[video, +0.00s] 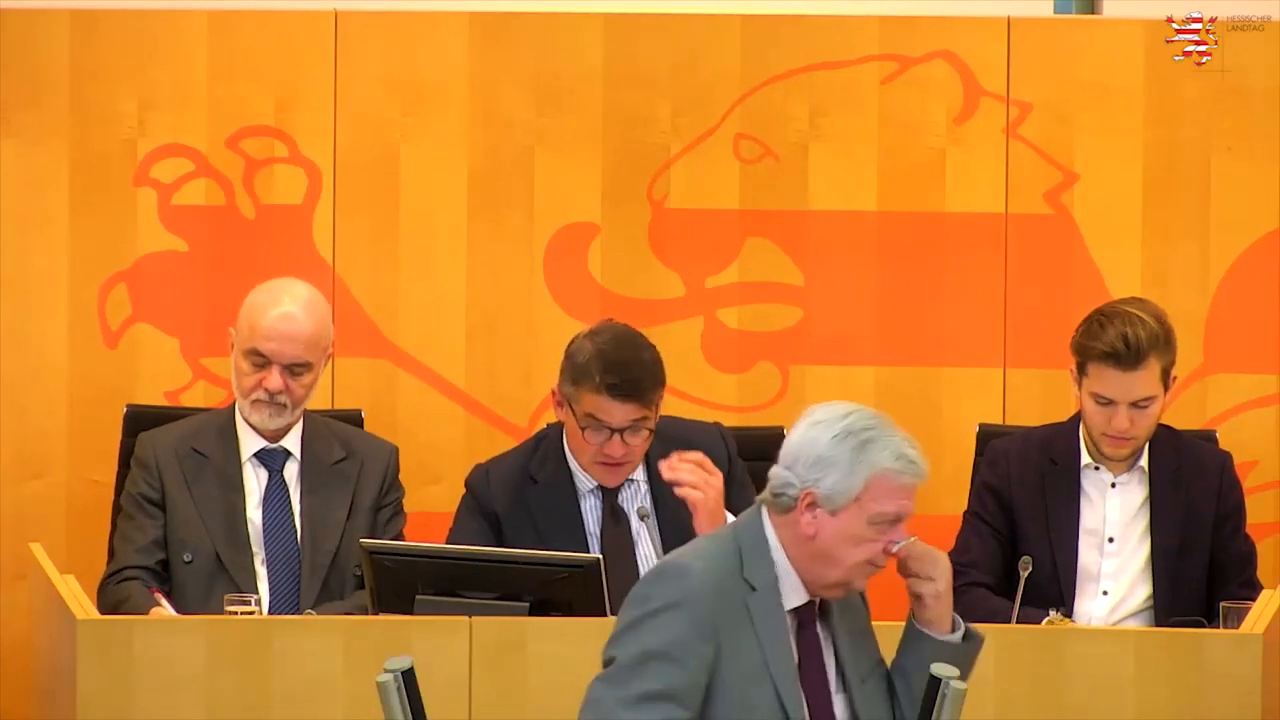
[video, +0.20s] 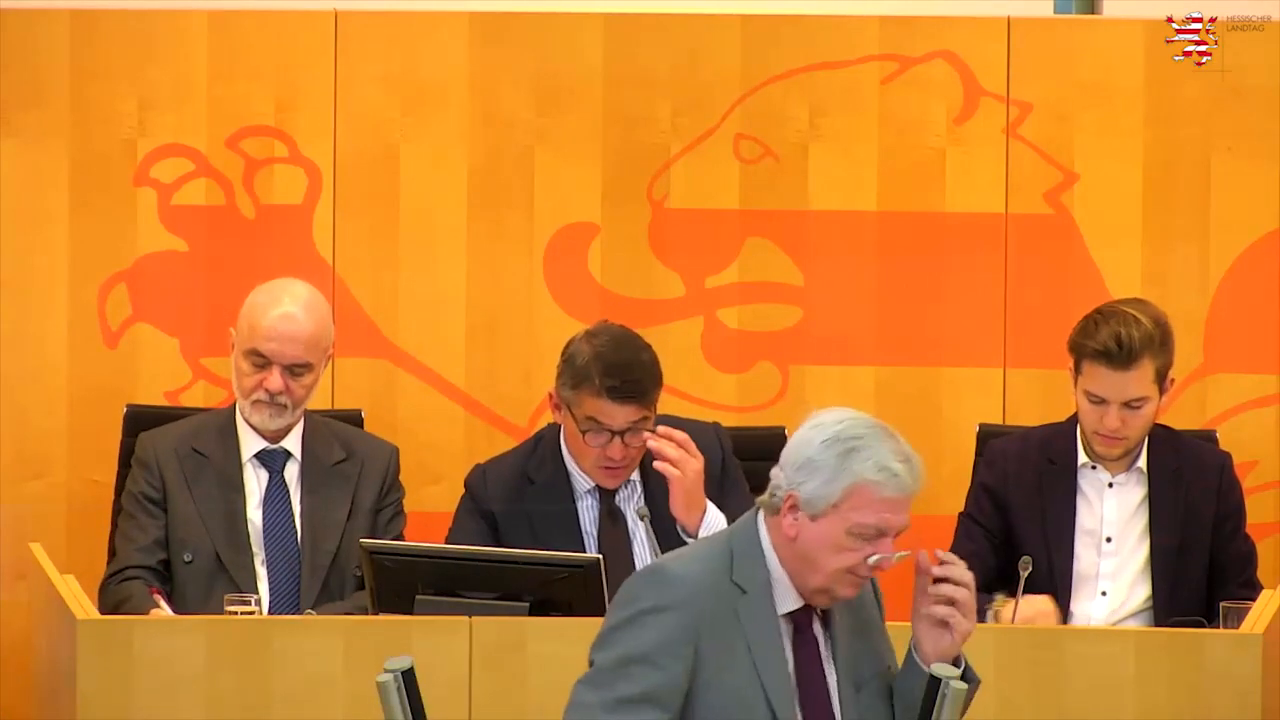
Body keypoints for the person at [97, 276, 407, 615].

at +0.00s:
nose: (273, 385)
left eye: (297, 370)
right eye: (258, 361)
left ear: (325, 360)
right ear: (232, 346)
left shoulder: (374, 463)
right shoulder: (162, 456)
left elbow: (392, 593)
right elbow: (124, 583)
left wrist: (310, 629)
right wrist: (171, 630)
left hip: (331, 674)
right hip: (200, 669)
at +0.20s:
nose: (274, 386)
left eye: (297, 370)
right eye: (258, 362)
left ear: (325, 361)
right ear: (233, 346)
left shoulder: (374, 464)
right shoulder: (162, 455)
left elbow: (392, 592)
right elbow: (127, 582)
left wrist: (309, 630)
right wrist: (163, 627)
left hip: (331, 674)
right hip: (201, 669)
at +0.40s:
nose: (274, 387)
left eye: (297, 371)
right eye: (258, 363)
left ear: (326, 361)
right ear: (233, 346)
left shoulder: (374, 464)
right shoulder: (163, 456)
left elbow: (392, 593)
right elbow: (127, 582)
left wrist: (308, 630)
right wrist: (168, 630)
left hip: (331, 674)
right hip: (201, 669)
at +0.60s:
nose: (274, 387)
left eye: (297, 371)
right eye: (258, 363)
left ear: (325, 362)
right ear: (233, 346)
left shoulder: (374, 465)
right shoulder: (161, 455)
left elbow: (390, 596)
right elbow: (123, 587)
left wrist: (305, 630)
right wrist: (153, 619)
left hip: (329, 672)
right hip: (197, 667)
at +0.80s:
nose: (274, 388)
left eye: (297, 371)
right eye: (258, 363)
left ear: (326, 361)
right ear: (233, 347)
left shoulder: (373, 464)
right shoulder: (161, 455)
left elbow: (397, 599)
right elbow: (121, 587)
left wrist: (311, 637)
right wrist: (154, 622)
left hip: (329, 667)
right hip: (196, 662)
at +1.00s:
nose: (273, 388)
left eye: (297, 372)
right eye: (258, 363)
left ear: (326, 360)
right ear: (233, 346)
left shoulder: (373, 465)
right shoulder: (161, 455)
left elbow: (391, 594)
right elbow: (121, 585)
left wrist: (308, 634)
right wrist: (152, 618)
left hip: (327, 666)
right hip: (195, 661)